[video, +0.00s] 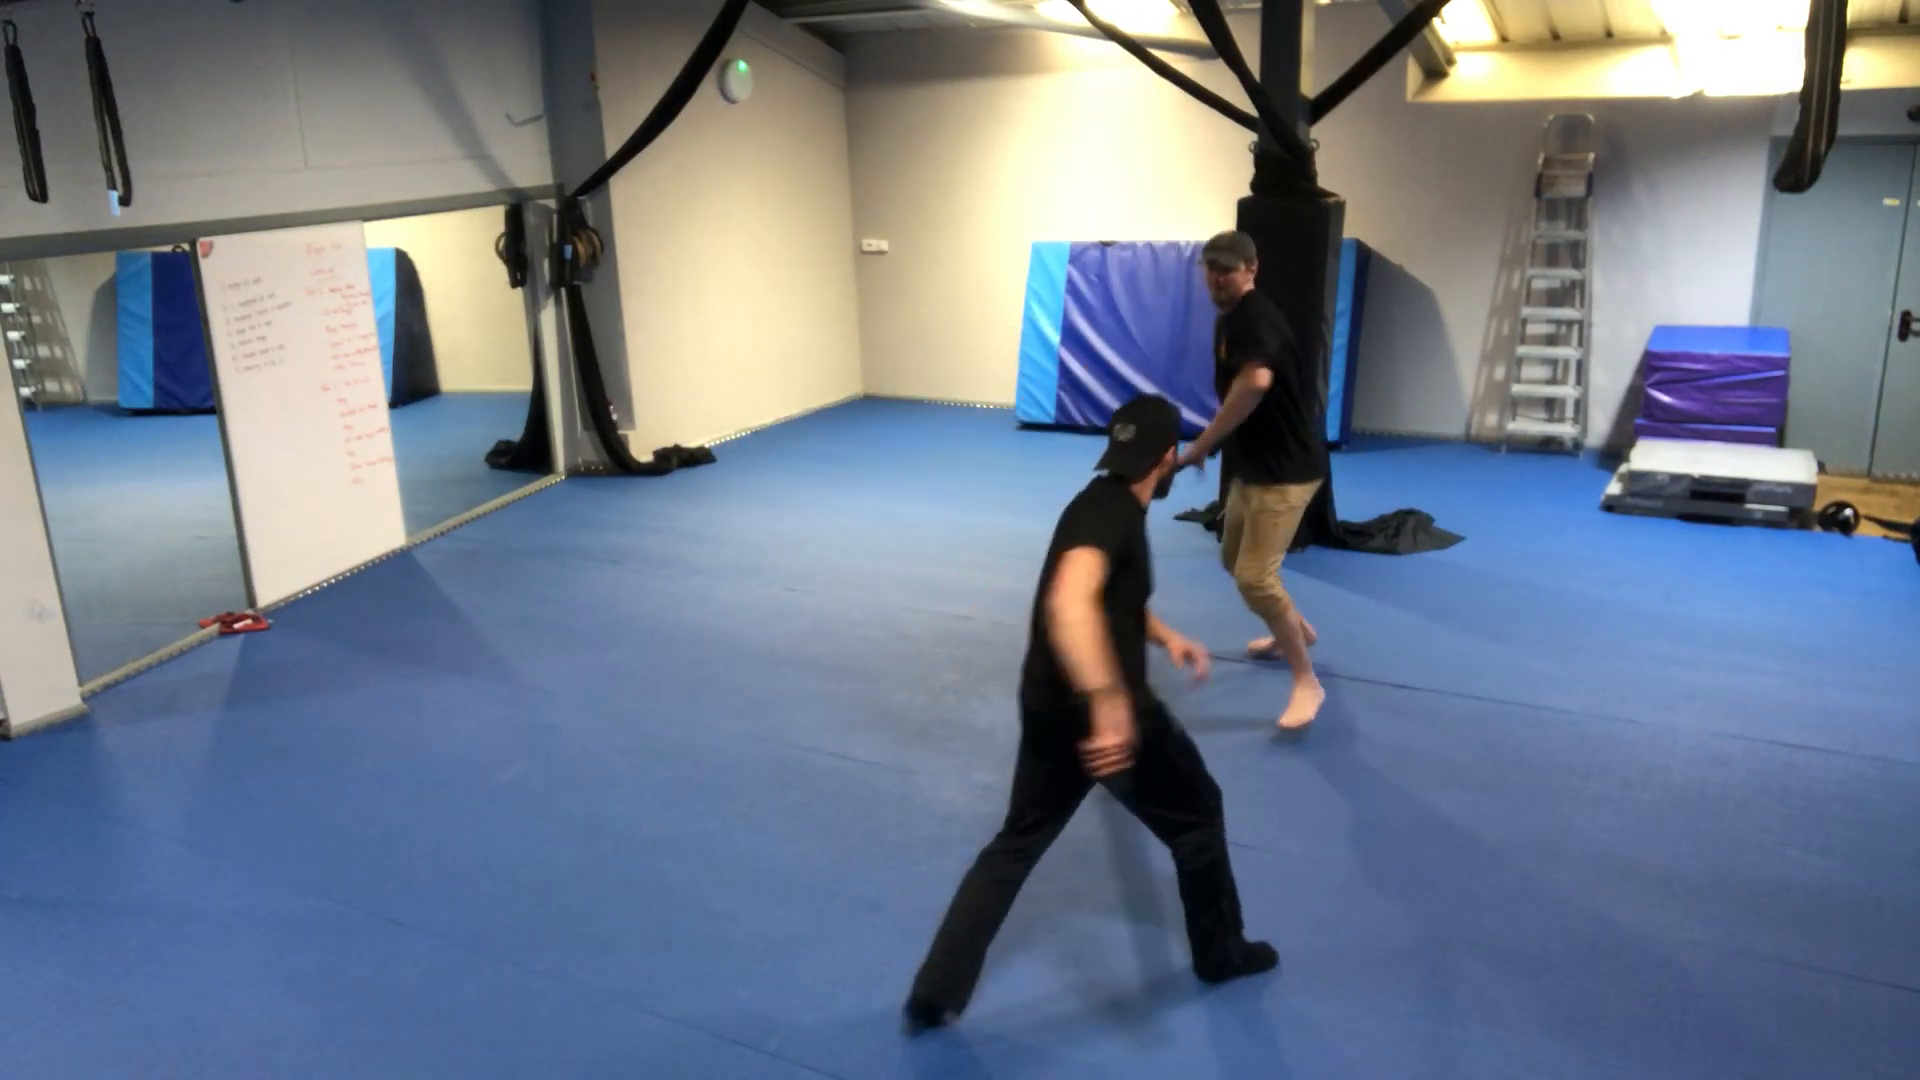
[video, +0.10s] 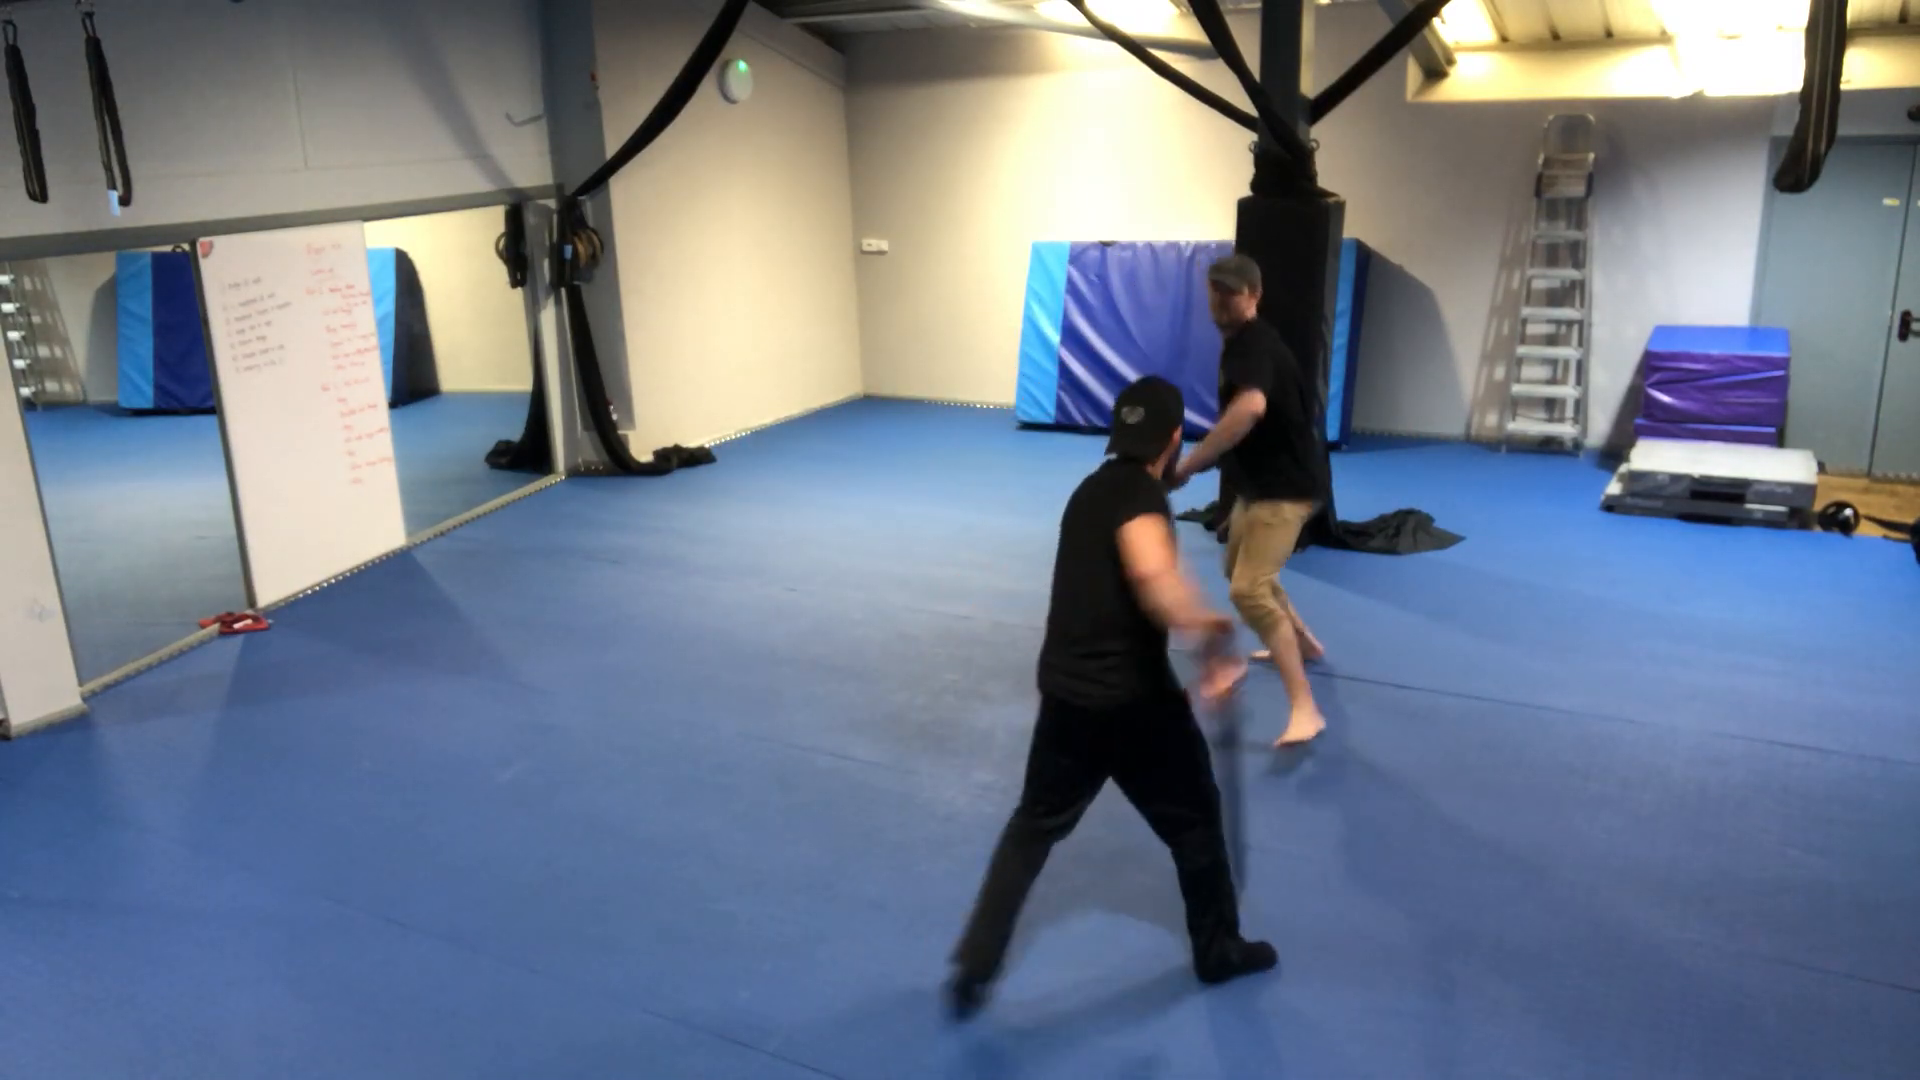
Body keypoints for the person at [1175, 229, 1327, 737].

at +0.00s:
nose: (1214, 280)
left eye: (1225, 271)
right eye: (1210, 270)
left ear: (1250, 271)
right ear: (1206, 271)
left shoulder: (1258, 317)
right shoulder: (1230, 318)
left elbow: (1256, 381)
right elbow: (1243, 392)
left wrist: (1204, 443)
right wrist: (1217, 450)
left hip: (1284, 471)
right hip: (1249, 466)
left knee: (1256, 578)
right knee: (1235, 560)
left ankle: (1306, 682)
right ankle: (1294, 630)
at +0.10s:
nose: (1218, 301)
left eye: (1228, 293)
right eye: (1214, 292)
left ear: (1253, 296)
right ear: (1210, 294)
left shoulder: (1257, 343)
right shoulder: (1238, 343)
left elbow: (1249, 407)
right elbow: (1251, 422)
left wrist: (1192, 461)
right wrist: (1235, 491)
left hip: (1285, 488)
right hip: (1257, 485)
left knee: (1252, 591)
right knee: (1241, 570)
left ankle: (1304, 707)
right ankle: (1300, 640)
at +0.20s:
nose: (1235, 318)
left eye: (1246, 310)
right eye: (1229, 308)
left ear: (1266, 314)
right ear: (1221, 310)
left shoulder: (1273, 362)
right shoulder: (1240, 363)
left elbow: (1263, 429)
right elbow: (1238, 430)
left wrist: (1183, 452)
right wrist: (1189, 442)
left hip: (1288, 503)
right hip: (1258, 495)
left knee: (1240, 601)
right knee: (1255, 579)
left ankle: (1270, 721)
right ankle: (1302, 642)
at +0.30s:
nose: (1262, 316)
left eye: (1273, 306)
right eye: (1254, 305)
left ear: (1294, 306)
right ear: (1244, 304)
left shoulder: (1305, 361)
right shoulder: (1236, 349)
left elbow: (1292, 441)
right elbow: (1212, 382)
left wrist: (1210, 427)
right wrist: (1158, 372)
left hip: (1281, 498)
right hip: (1229, 492)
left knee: (1236, 614)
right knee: (1240, 575)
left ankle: (1237, 734)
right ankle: (1294, 632)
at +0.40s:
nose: (1283, 311)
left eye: (1293, 302)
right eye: (1274, 301)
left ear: (1312, 301)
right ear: (1260, 300)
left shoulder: (1322, 368)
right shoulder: (1237, 338)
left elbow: (1321, 446)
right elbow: (1160, 322)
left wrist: (1261, 430)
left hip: (1275, 516)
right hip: (1212, 502)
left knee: (1255, 636)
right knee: (1182, 613)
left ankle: (1238, 733)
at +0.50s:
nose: (1276, 315)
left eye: (1287, 306)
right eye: (1268, 304)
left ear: (1305, 302)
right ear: (1254, 297)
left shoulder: (1316, 356)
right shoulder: (1223, 328)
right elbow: (1150, 284)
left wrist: (1301, 451)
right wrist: (1139, 241)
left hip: (1280, 513)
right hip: (1211, 504)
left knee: (1276, 636)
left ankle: (1246, 723)